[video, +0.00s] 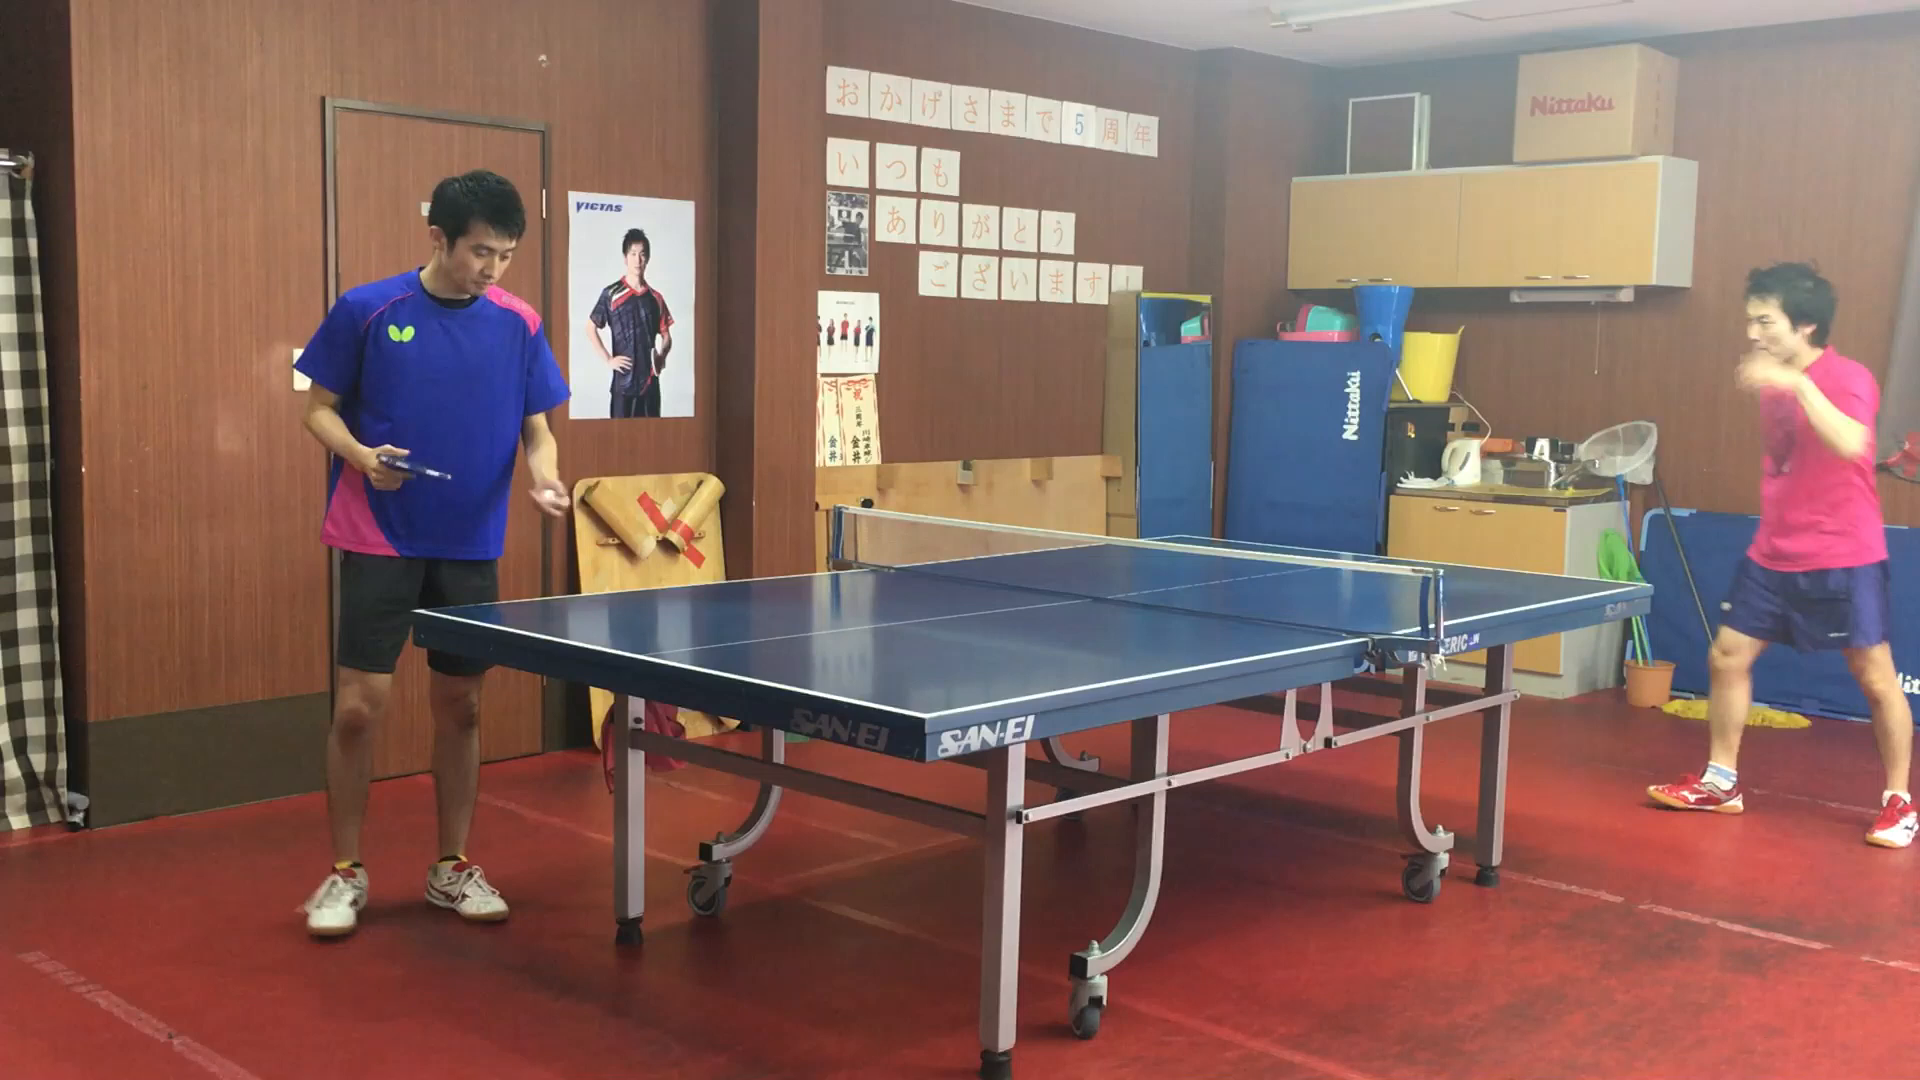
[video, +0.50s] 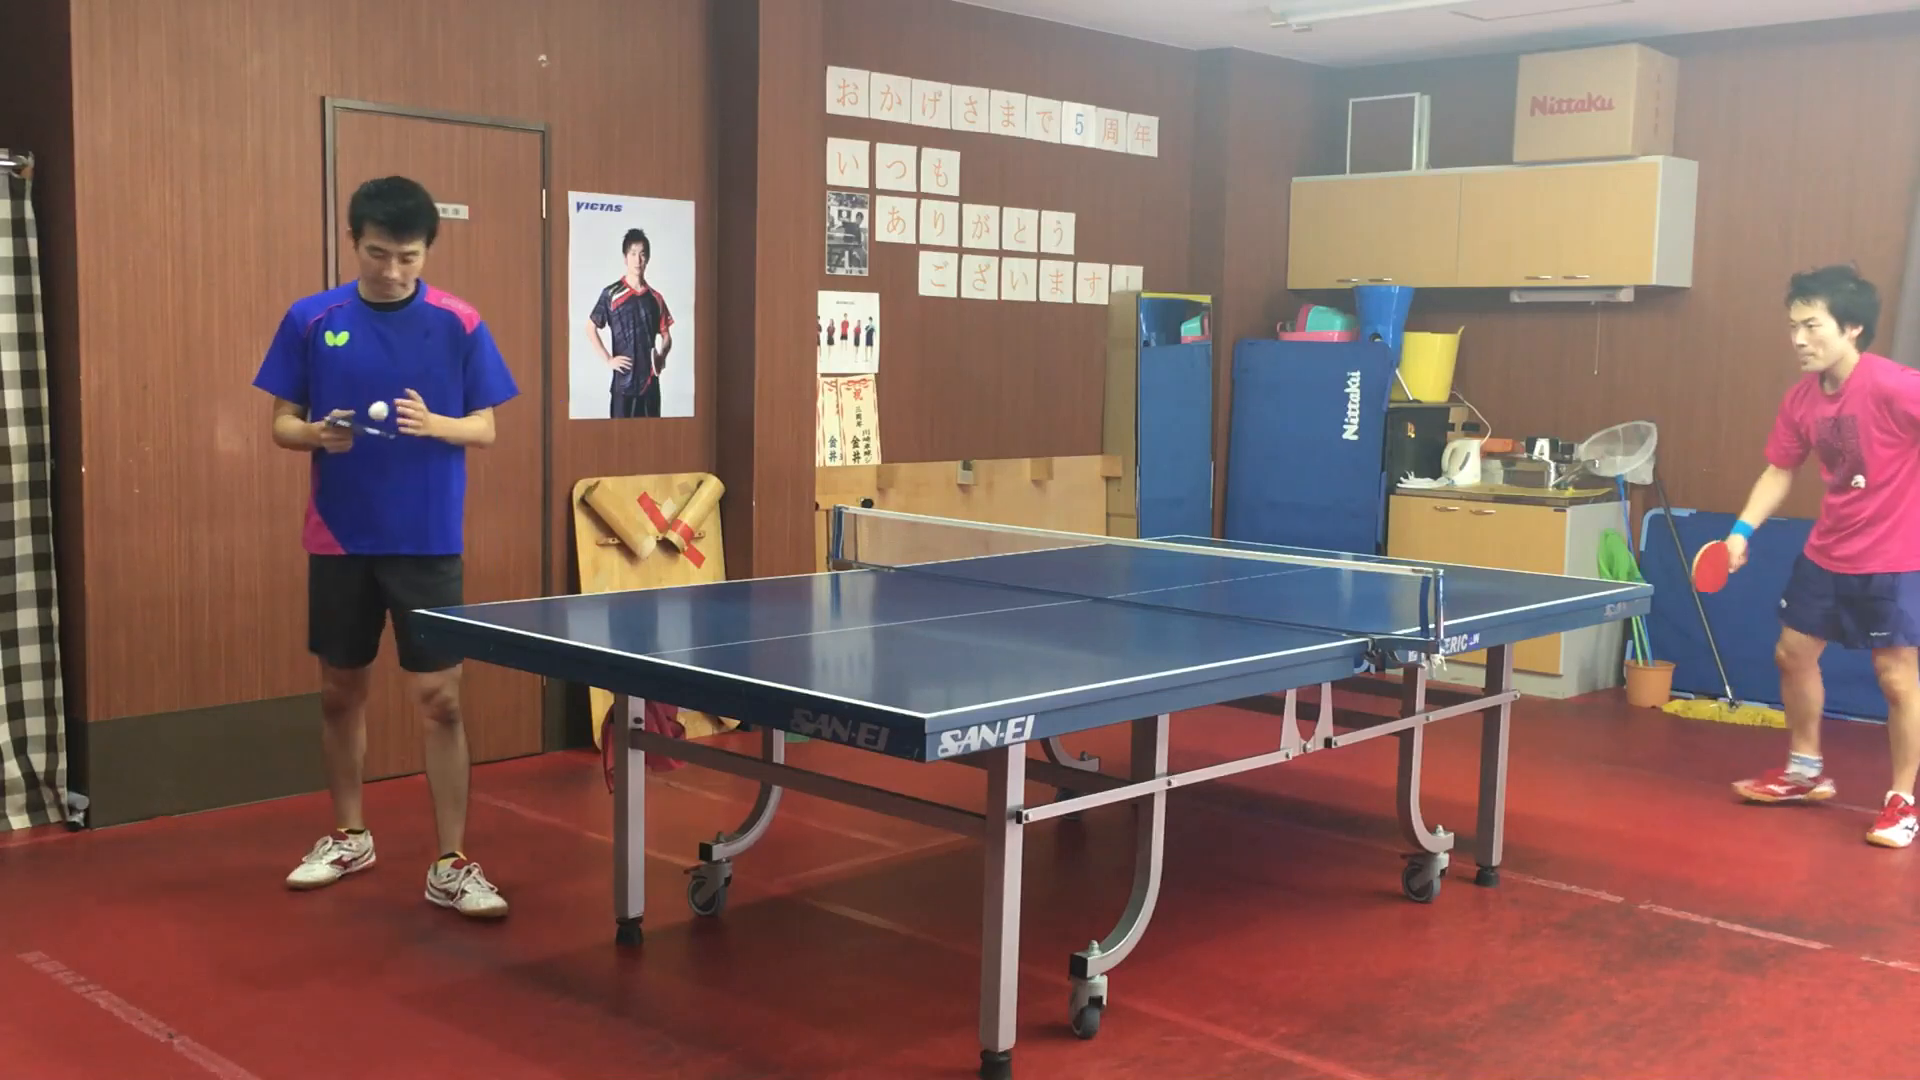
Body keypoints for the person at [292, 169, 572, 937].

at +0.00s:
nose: (494, 269)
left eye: (504, 255)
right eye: (482, 252)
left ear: (510, 250)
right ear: (437, 236)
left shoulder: (519, 326)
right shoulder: (365, 311)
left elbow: (538, 430)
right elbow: (317, 406)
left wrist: (545, 476)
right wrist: (359, 454)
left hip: (468, 549)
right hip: (375, 542)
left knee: (460, 707)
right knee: (356, 712)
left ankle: (452, 867)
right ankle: (346, 871)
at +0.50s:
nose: (393, 272)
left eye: (407, 258)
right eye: (379, 256)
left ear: (427, 250)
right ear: (354, 244)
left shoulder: (458, 324)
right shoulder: (311, 321)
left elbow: (485, 428)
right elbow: (283, 424)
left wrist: (436, 424)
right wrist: (317, 433)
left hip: (427, 550)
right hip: (341, 548)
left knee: (441, 703)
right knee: (341, 695)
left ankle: (450, 862)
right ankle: (350, 837)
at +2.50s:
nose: (360, 308)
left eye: (376, 293)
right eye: (347, 289)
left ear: (393, 289)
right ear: (315, 274)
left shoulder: (409, 358)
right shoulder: (254, 338)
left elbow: (420, 462)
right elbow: (224, 453)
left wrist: (410, 479)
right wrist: (284, 467)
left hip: (362, 575)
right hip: (264, 569)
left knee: (383, 726)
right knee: (235, 734)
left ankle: (394, 896)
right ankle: (246, 858)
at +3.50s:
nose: (262, 319)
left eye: (273, 301)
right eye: (241, 305)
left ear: (291, 307)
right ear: (211, 319)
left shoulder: (332, 373)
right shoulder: (184, 396)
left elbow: (419, 442)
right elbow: (178, 500)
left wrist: (374, 420)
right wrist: (201, 530)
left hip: (335, 595)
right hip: (237, 602)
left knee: (373, 733)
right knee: (177, 763)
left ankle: (391, 899)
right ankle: (180, 853)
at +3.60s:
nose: (229, 314)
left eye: (238, 297)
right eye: (207, 303)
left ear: (257, 306)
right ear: (178, 325)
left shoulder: (303, 377)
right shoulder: (163, 397)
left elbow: (402, 449)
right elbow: (158, 485)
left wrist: (353, 464)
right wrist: (143, 526)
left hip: (320, 594)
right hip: (222, 601)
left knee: (361, 729)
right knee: (166, 761)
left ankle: (392, 898)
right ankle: (178, 852)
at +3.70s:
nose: (201, 319)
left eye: (210, 301)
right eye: (178, 309)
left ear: (232, 309)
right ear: (154, 331)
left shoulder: (286, 387)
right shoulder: (148, 396)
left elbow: (388, 460)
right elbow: (137, 467)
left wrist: (340, 514)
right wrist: (68, 495)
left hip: (308, 593)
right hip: (210, 602)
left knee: (361, 727)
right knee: (157, 764)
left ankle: (392, 897)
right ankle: (179, 852)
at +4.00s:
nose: (218, 407)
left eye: (225, 388)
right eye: (196, 397)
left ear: (238, 374)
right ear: (162, 401)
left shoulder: (290, 439)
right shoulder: (135, 440)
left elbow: (378, 498)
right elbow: (40, 490)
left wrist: (340, 594)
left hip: (313, 638)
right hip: (209, 654)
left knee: (398, 742)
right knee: (150, 817)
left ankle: (348, 907)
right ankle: (178, 849)